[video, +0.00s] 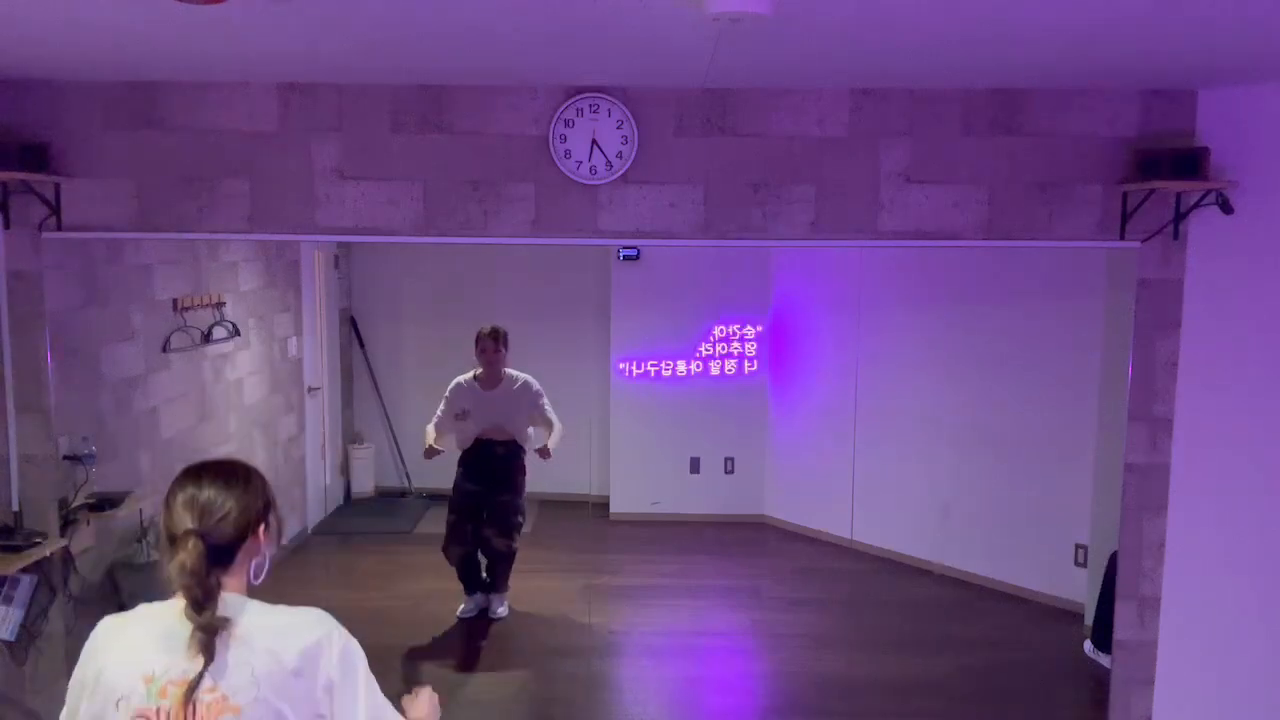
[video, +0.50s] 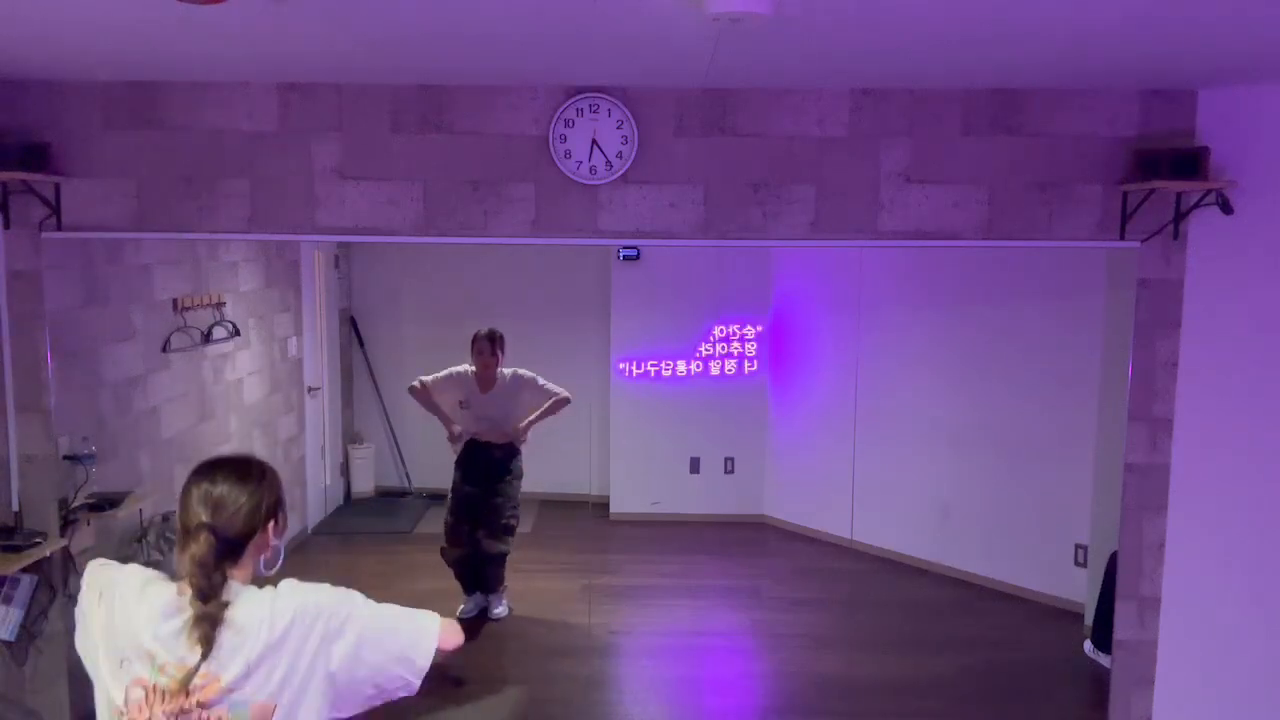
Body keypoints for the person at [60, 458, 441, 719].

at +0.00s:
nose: (274, 537)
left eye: (271, 522)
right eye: (274, 524)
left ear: (172, 537)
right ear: (260, 537)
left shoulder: (109, 641)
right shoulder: (315, 640)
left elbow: (73, 713)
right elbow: (380, 718)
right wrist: (418, 715)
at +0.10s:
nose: (272, 561)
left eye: (268, 549)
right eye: (270, 552)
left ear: (174, 566)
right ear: (260, 569)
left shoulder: (106, 668)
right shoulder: (318, 669)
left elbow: (57, 715)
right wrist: (427, 699)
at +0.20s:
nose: (277, 586)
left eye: (272, 572)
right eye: (275, 575)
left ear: (179, 580)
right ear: (264, 591)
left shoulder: (112, 679)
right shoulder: (310, 682)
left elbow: (45, 698)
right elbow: (445, 713)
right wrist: (414, 662)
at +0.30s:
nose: (281, 594)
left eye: (276, 580)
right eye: (280, 582)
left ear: (184, 590)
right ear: (267, 598)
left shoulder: (126, 674)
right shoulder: (291, 684)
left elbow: (60, 636)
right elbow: (454, 683)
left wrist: (168, 631)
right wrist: (394, 641)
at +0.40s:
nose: (280, 574)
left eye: (277, 562)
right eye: (279, 563)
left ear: (191, 570)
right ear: (266, 582)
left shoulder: (141, 643)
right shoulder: (284, 659)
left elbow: (79, 577)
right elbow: (455, 637)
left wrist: (178, 619)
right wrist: (350, 647)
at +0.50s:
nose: (284, 528)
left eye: (280, 515)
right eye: (282, 517)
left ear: (186, 525)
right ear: (269, 534)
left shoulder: (134, 600)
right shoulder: (304, 610)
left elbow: (95, 569)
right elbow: (449, 637)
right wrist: (342, 634)